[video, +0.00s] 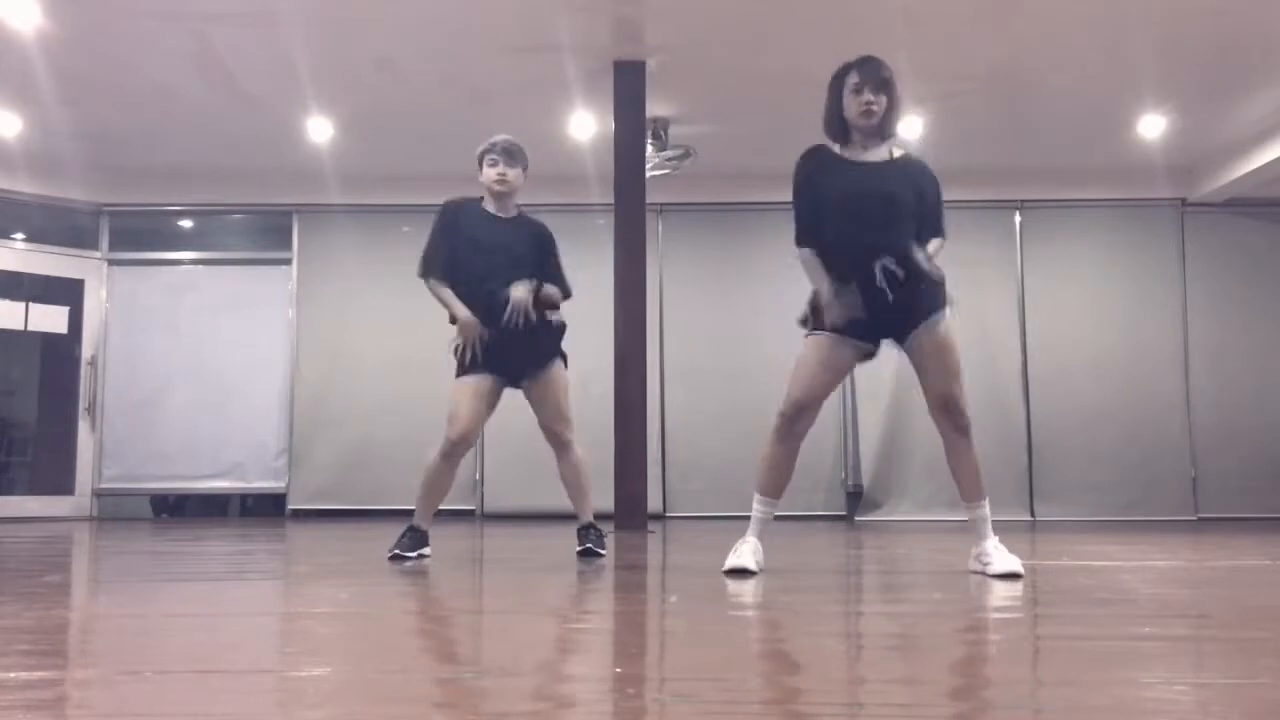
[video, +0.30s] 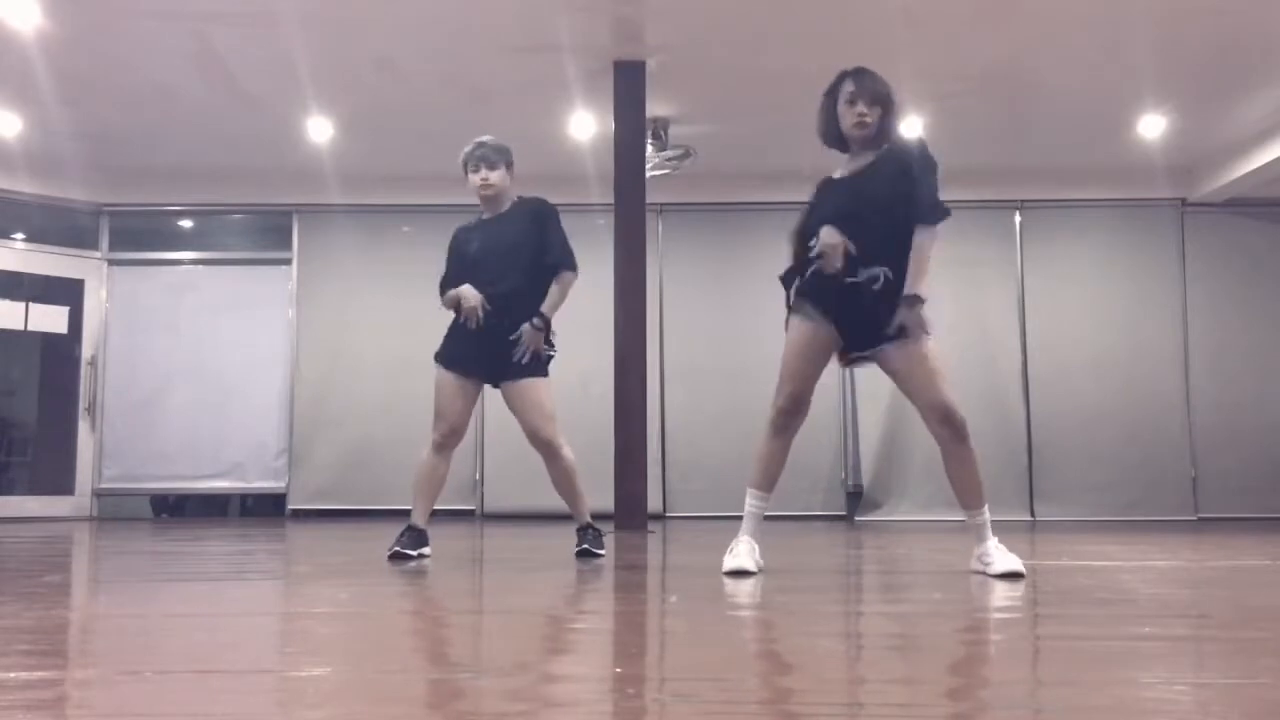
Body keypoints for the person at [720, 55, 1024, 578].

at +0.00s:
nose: (868, 98)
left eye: (878, 90)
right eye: (857, 91)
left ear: (890, 100)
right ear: (839, 100)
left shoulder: (912, 166)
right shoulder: (816, 163)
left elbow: (933, 235)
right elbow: (805, 243)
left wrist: (924, 264)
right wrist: (829, 296)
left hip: (915, 299)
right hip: (847, 302)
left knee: (954, 413)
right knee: (793, 412)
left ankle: (985, 543)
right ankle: (752, 540)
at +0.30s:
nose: (862, 110)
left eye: (871, 101)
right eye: (851, 102)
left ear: (887, 110)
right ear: (834, 114)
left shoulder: (910, 154)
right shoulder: (828, 187)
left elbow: (926, 226)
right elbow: (802, 257)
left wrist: (913, 299)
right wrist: (825, 242)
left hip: (887, 301)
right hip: (823, 300)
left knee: (948, 419)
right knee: (786, 408)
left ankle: (985, 544)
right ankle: (746, 539)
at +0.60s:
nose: (917, 125)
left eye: (918, 118)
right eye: (910, 115)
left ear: (911, 123)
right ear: (879, 113)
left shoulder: (911, 171)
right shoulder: (820, 158)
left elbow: (932, 235)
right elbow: (801, 235)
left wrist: (929, 166)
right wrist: (841, 297)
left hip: (917, 301)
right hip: (850, 304)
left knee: (951, 414)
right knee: (781, 395)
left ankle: (987, 543)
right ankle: (758, 531)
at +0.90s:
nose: (880, 108)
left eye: (888, 98)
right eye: (868, 100)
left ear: (901, 105)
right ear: (849, 108)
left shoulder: (919, 158)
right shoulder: (836, 149)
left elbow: (949, 222)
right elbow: (816, 220)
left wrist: (932, 161)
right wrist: (845, 294)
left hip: (923, 296)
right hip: (858, 297)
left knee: (959, 412)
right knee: (789, 399)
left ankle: (987, 543)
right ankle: (760, 531)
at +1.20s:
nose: (823, 129)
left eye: (832, 120)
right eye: (812, 121)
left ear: (848, 127)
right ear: (798, 133)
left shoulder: (869, 173)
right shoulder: (809, 203)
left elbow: (919, 242)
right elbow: (819, 269)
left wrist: (965, 304)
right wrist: (801, 309)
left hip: (875, 315)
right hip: (817, 320)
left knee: (940, 434)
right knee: (758, 420)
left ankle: (991, 539)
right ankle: (785, 545)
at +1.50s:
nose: (787, 86)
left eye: (797, 76)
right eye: (776, 79)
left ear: (815, 83)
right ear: (764, 92)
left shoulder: (842, 132)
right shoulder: (765, 158)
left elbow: (907, 154)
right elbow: (712, 225)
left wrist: (893, 95)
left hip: (843, 268)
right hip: (781, 282)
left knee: (841, 347)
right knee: (764, 405)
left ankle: (871, 508)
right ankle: (786, 543)